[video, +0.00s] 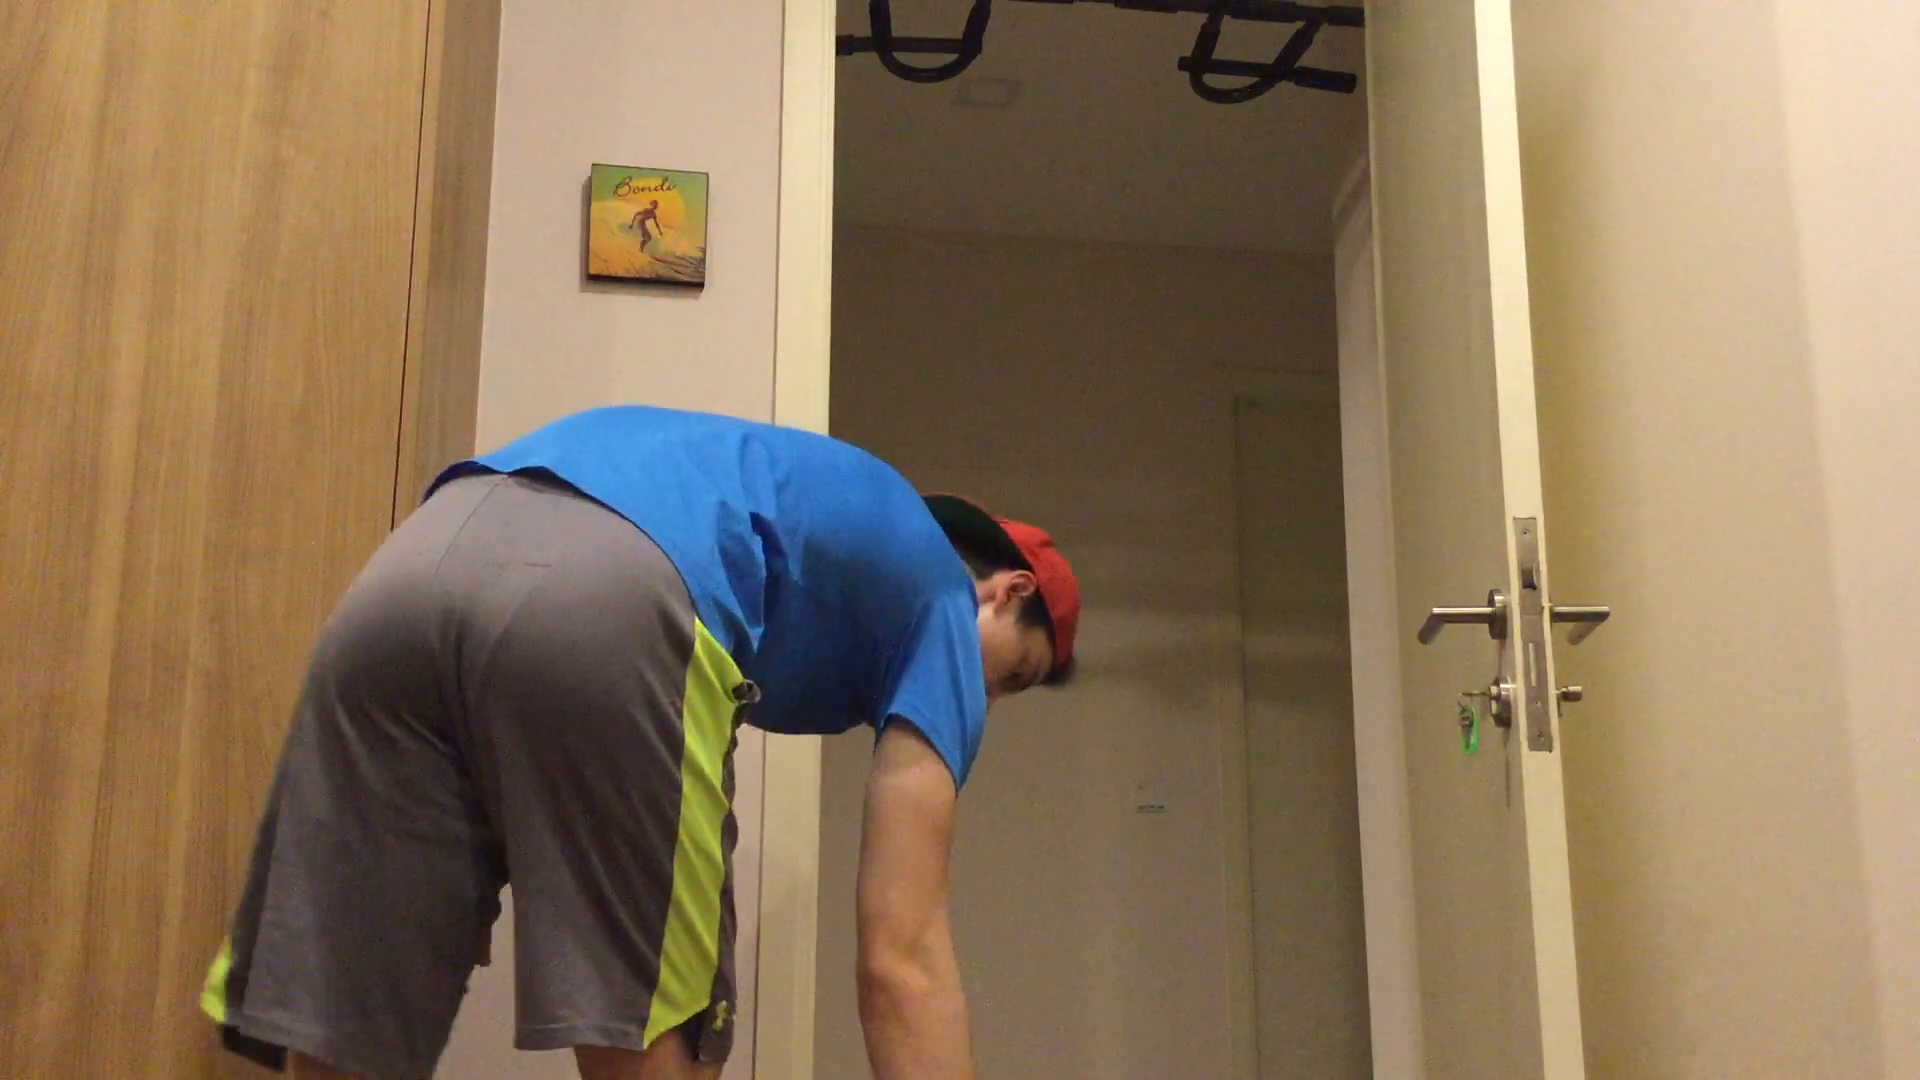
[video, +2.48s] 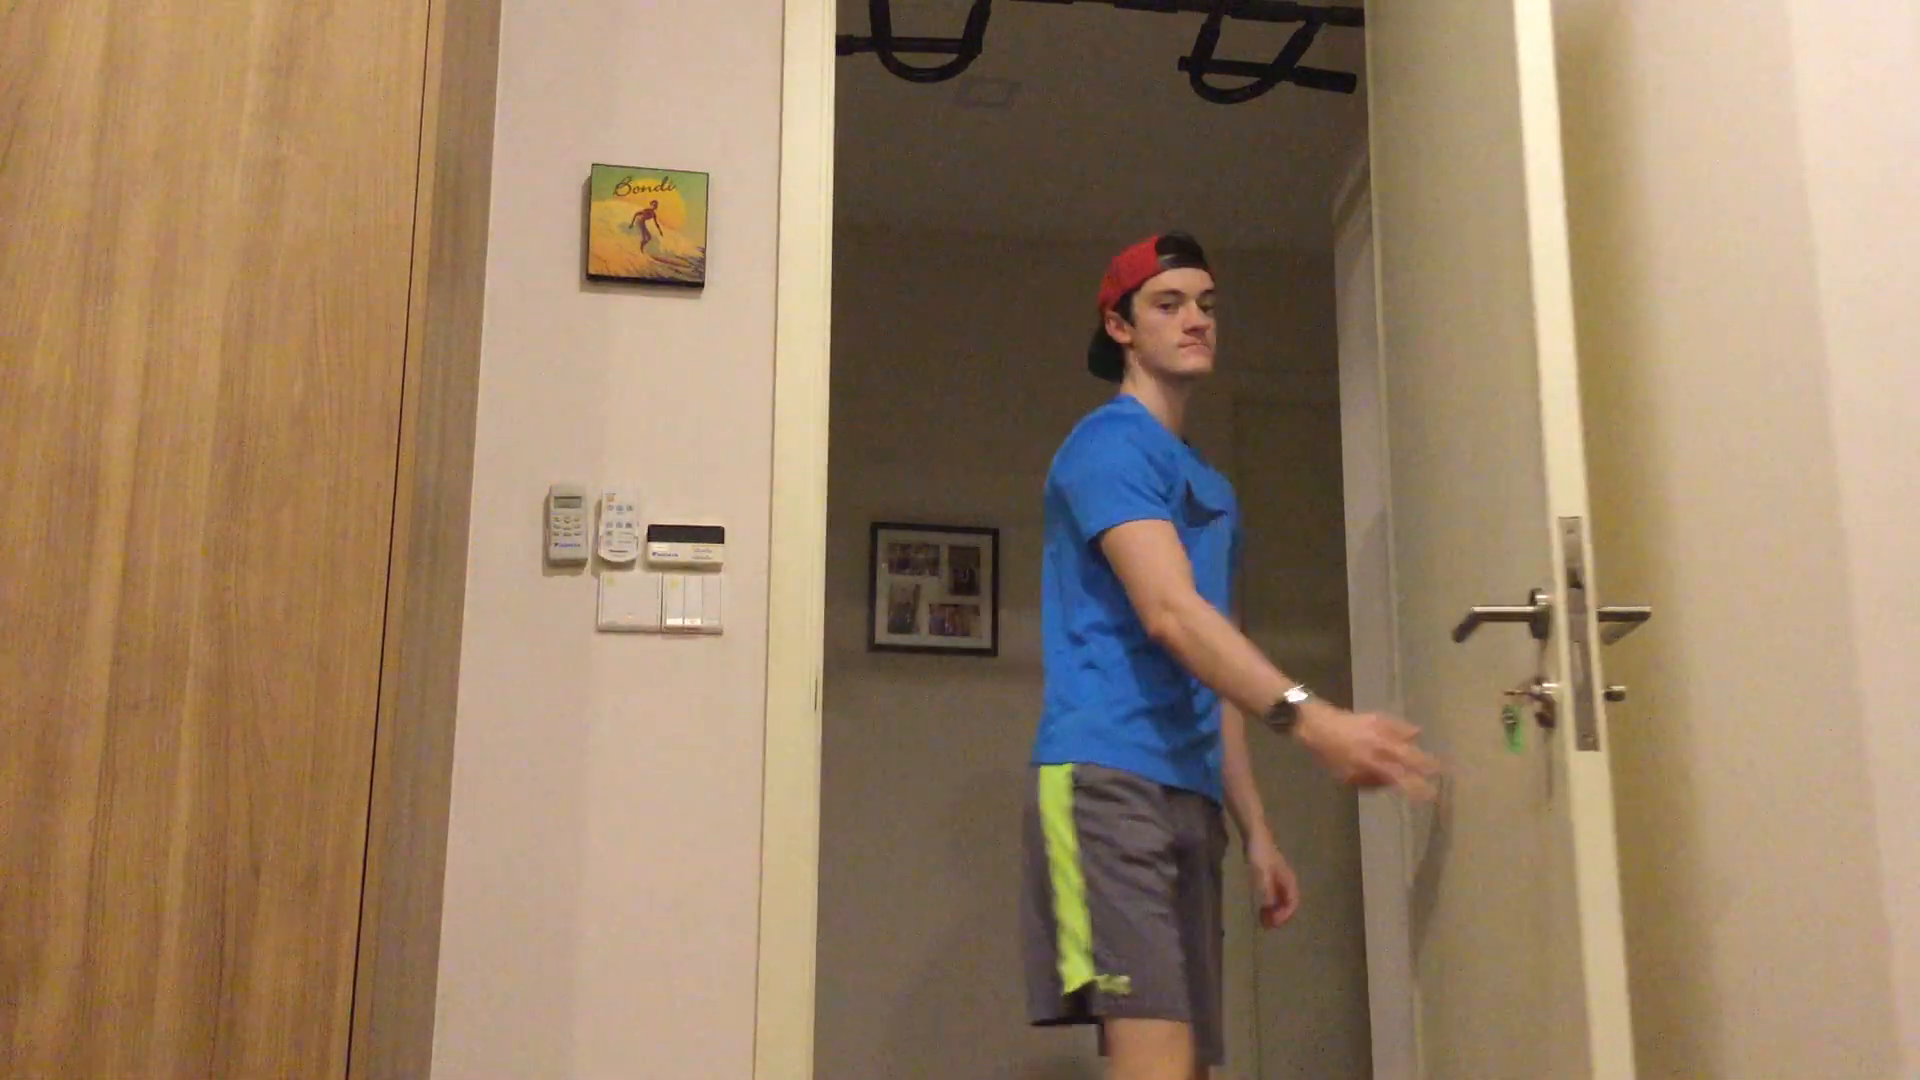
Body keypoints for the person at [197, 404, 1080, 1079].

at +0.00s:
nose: (1004, 685)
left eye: (1027, 679)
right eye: (1026, 660)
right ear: (1003, 587)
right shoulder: (945, 617)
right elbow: (901, 968)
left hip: (428, 540)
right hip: (613, 592)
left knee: (323, 1037)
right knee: (640, 1044)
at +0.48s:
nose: (1000, 657)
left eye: (1022, 644)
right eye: (1019, 628)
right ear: (996, 563)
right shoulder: (940, 583)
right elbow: (952, 922)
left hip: (433, 589)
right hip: (603, 615)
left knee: (491, 1042)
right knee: (633, 1049)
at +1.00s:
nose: (956, 264)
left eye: (963, 239)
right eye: (962, 233)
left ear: (848, 206)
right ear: (936, 210)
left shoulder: (725, 302)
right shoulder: (887, 297)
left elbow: (637, 499)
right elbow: (803, 504)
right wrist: (780, 748)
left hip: (550, 651)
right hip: (675, 643)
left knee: (599, 1047)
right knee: (823, 1024)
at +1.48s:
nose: (1021, 247)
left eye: (1019, 235)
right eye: (1022, 232)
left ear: (905, 221)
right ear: (1013, 231)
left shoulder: (808, 353)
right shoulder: (1002, 345)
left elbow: (800, 562)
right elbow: (985, 577)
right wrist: (1011, 797)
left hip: (815, 742)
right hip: (931, 746)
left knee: (782, 1051)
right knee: (966, 1052)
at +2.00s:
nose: (1155, 332)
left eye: (1160, 305)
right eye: (1159, 299)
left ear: (1061, 282)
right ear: (1128, 278)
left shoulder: (986, 418)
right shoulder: (1109, 384)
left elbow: (963, 643)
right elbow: (1162, 605)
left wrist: (967, 832)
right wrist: (1320, 715)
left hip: (1039, 770)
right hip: (1108, 768)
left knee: (1171, 1055)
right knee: (1093, 1054)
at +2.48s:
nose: (1197, 317)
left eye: (1206, 303)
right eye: (1170, 303)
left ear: (1220, 324)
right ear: (1123, 331)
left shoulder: (1210, 490)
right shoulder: (1110, 442)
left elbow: (1214, 674)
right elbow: (1173, 615)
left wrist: (1255, 832)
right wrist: (1309, 716)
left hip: (1185, 795)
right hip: (1106, 783)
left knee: (1188, 1056)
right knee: (1150, 1052)